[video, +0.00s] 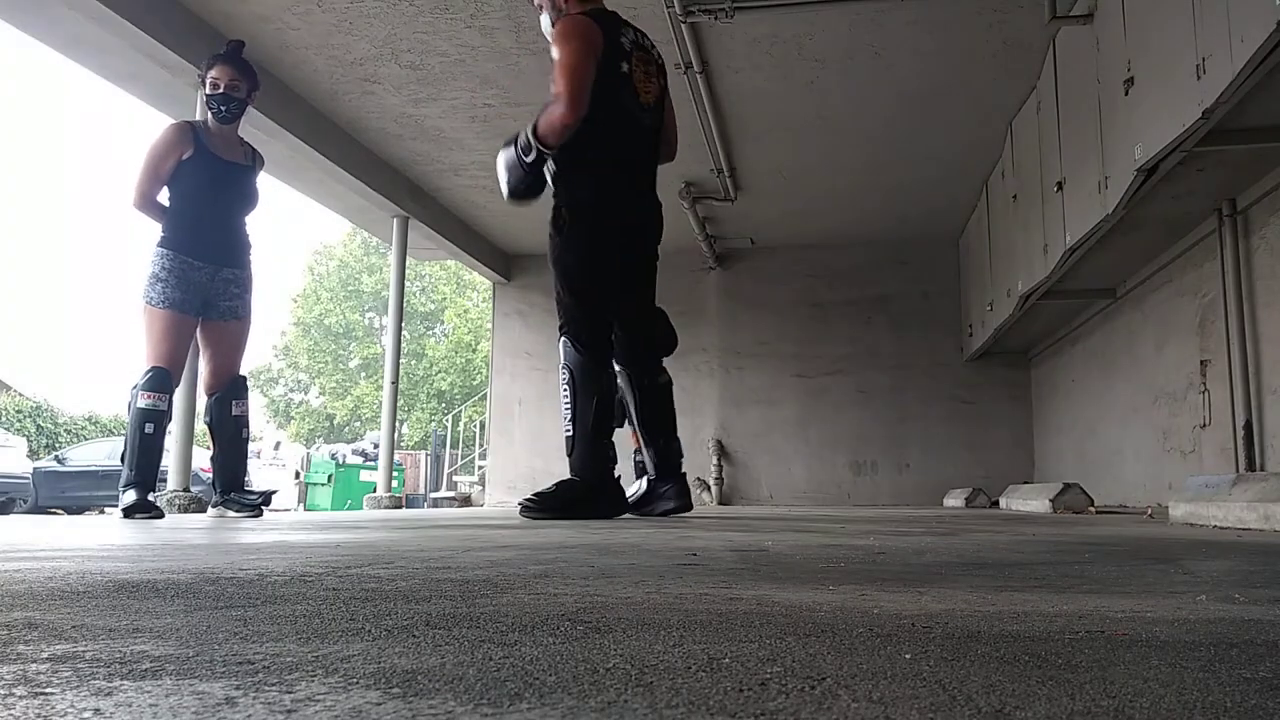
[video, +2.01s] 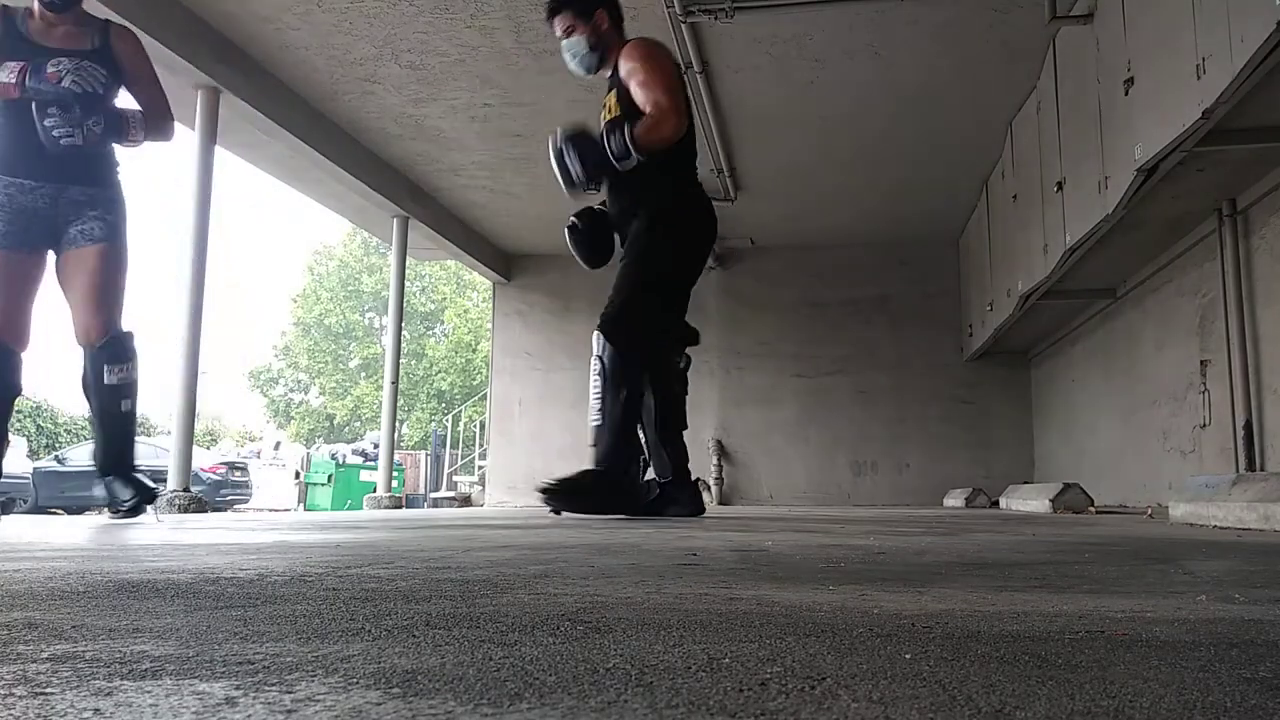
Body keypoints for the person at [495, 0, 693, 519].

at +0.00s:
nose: (538, 11)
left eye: (539, 4)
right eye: (536, 6)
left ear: (559, 0)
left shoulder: (573, 27)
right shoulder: (641, 41)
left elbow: (566, 111)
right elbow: (665, 145)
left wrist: (526, 151)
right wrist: (593, 153)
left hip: (587, 212)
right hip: (639, 212)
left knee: (583, 344)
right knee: (638, 344)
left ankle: (591, 481)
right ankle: (664, 479)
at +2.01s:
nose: (567, 47)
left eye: (571, 32)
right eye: (560, 39)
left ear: (604, 18)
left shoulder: (637, 54)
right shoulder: (617, 90)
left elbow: (670, 120)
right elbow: (642, 178)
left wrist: (606, 150)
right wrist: (608, 223)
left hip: (672, 220)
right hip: (658, 226)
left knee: (619, 330)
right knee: (656, 341)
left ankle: (613, 473)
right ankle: (672, 482)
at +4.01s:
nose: (543, 27)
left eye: (551, 14)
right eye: (539, 19)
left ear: (585, 8)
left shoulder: (618, 47)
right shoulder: (581, 73)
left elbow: (590, 112)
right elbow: (541, 140)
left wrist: (535, 57)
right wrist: (515, 75)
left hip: (605, 218)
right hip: (596, 223)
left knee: (537, 309)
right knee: (600, 354)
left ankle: (527, 455)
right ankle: (638, 482)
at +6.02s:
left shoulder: (542, 11)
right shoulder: (464, 44)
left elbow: (475, 37)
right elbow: (389, 82)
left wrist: (419, 2)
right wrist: (340, 30)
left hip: (507, 203)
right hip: (452, 205)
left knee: (479, 325)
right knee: (369, 291)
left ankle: (484, 490)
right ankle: (444, 406)